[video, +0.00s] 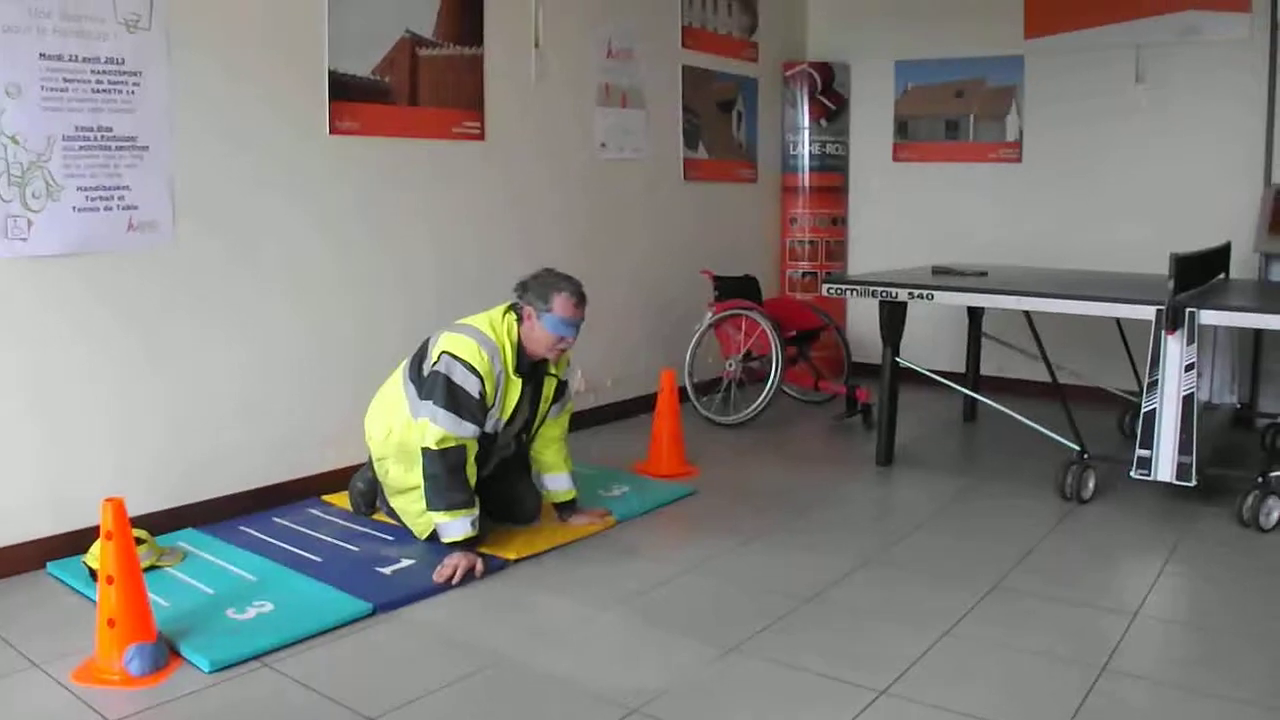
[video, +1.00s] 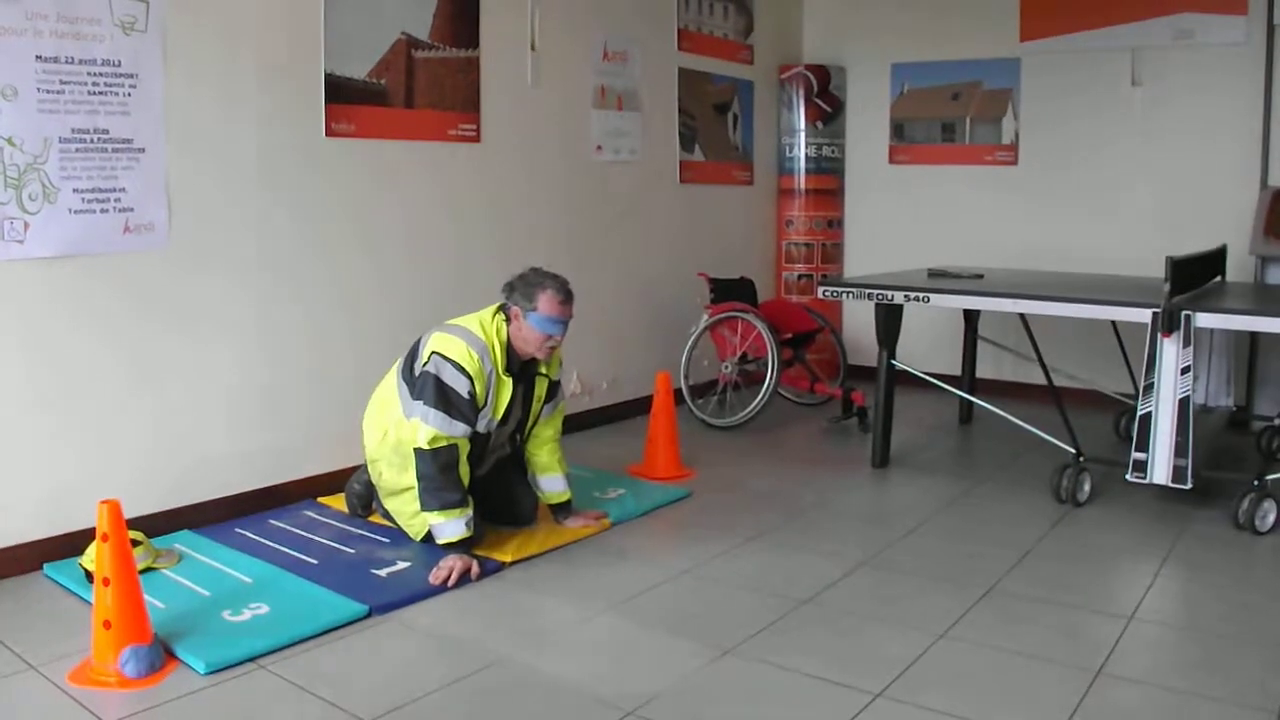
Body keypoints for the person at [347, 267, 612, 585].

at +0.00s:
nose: (568, 340)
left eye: (574, 330)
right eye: (561, 328)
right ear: (527, 316)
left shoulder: (554, 361)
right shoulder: (468, 353)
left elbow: (550, 434)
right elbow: (444, 448)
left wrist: (566, 507)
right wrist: (461, 545)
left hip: (482, 433)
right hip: (407, 440)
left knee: (523, 510)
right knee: (438, 529)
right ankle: (383, 478)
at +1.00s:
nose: (557, 338)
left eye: (563, 328)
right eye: (548, 326)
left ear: (567, 323)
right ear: (515, 317)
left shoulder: (546, 357)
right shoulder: (457, 355)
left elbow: (543, 434)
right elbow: (437, 451)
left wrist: (563, 510)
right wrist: (456, 548)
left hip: (477, 438)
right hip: (403, 445)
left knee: (520, 512)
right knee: (440, 534)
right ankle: (378, 483)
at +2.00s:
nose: (560, 339)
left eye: (566, 329)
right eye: (552, 327)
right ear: (518, 318)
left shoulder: (548, 357)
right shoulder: (460, 355)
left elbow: (546, 434)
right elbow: (438, 452)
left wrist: (567, 509)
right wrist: (459, 547)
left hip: (481, 439)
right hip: (408, 447)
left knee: (523, 511)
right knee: (456, 535)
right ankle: (383, 482)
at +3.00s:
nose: (568, 332)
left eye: (573, 321)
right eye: (559, 319)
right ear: (525, 311)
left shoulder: (554, 351)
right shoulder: (465, 348)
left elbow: (552, 427)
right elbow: (444, 443)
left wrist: (572, 502)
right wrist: (465, 540)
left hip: (489, 434)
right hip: (416, 440)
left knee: (532, 504)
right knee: (451, 527)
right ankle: (391, 479)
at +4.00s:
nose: (575, 331)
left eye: (580, 321)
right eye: (566, 319)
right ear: (532, 308)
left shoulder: (560, 349)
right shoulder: (472, 344)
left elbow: (557, 423)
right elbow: (450, 440)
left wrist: (576, 498)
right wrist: (469, 536)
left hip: (494, 428)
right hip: (420, 435)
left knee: (536, 500)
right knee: (455, 522)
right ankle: (393, 474)